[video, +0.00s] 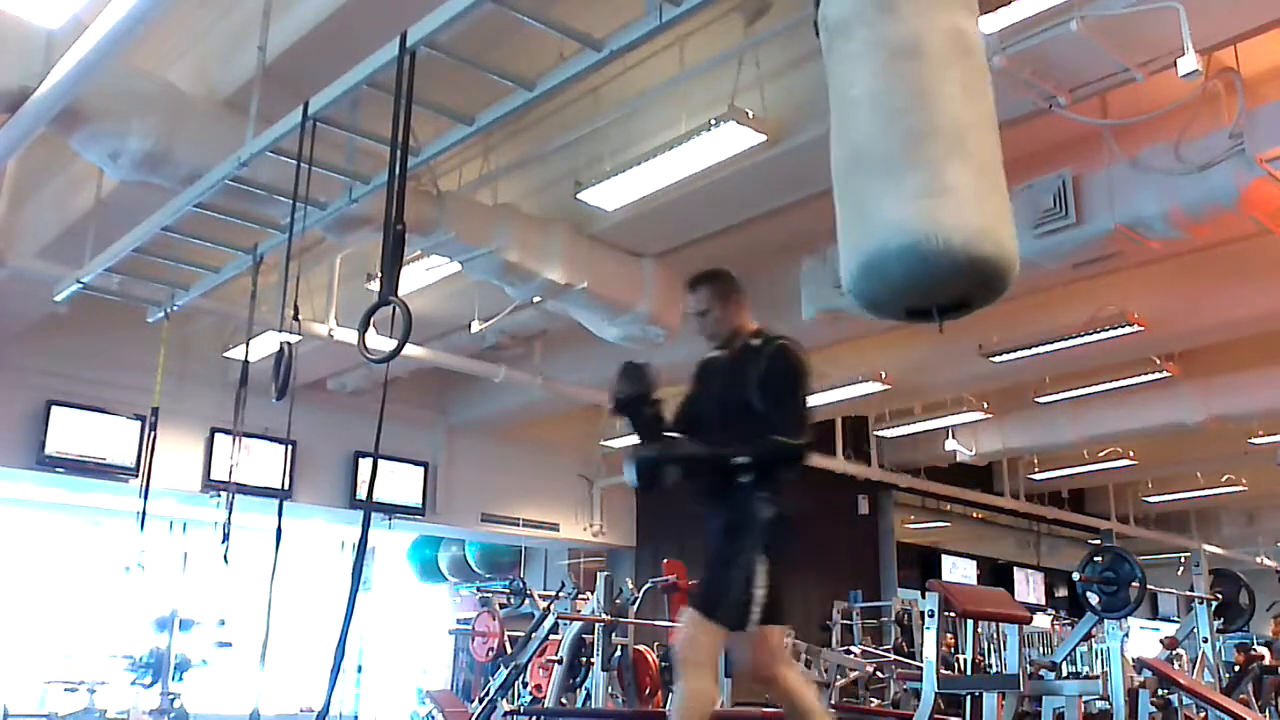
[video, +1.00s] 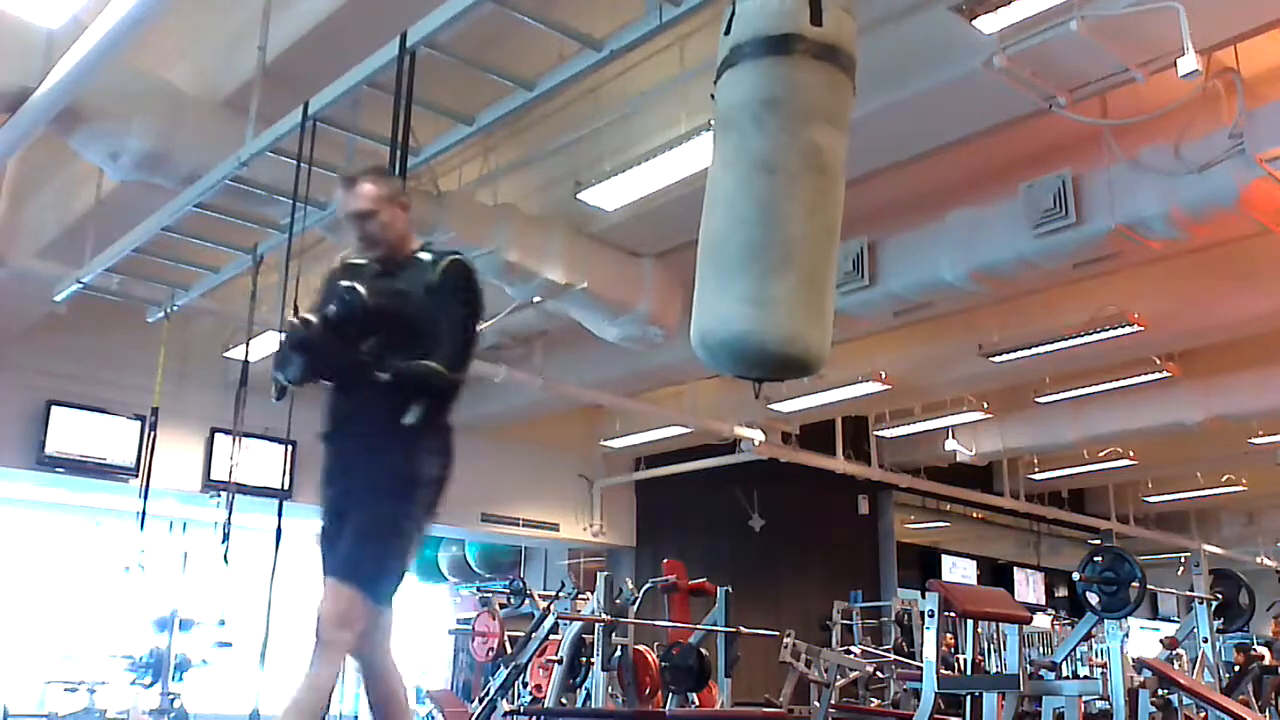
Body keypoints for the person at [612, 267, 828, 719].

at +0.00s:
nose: (698, 325)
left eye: (704, 313)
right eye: (694, 316)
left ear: (735, 304)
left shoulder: (777, 356)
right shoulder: (711, 370)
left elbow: (788, 442)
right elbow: (672, 447)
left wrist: (699, 454)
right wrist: (639, 407)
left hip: (760, 517)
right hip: (730, 516)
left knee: (695, 647)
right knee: (766, 661)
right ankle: (823, 715)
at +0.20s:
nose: (628, 311)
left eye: (633, 298)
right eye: (625, 302)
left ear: (662, 286)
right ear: (635, 298)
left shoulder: (705, 333)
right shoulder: (647, 356)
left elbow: (708, 424)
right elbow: (621, 434)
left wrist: (626, 435)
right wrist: (569, 414)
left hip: (686, 503)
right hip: (648, 503)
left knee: (653, 647)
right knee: (602, 635)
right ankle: (654, 705)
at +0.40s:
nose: (561, 297)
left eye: (564, 283)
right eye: (554, 289)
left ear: (594, 270)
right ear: (557, 291)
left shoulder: (638, 314)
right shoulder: (581, 347)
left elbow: (629, 401)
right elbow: (565, 430)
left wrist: (545, 424)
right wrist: (494, 400)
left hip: (625, 497)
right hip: (575, 499)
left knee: (633, 653)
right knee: (523, 637)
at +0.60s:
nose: (477, 294)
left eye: (481, 279)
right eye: (471, 284)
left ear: (514, 267)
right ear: (480, 282)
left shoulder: (559, 310)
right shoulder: (502, 342)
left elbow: (544, 405)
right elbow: (483, 429)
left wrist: (452, 428)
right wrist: (414, 414)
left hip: (547, 492)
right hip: (495, 491)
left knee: (546, 658)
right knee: (449, 631)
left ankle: (607, 711)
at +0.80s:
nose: (416, 257)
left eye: (424, 243)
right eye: (408, 247)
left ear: (458, 234)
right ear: (405, 248)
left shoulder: (502, 284)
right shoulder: (414, 308)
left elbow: (497, 376)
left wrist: (418, 398)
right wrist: (353, 391)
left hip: (476, 463)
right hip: (419, 463)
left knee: (405, 607)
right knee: (395, 627)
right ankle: (410, 715)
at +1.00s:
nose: (361, 229)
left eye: (371, 215)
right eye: (352, 219)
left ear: (403, 210)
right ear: (346, 223)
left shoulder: (448, 274)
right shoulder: (345, 279)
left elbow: (445, 375)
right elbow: (317, 358)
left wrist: (364, 365)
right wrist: (309, 344)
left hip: (407, 458)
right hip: (348, 456)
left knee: (335, 624)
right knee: (371, 641)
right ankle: (404, 717)